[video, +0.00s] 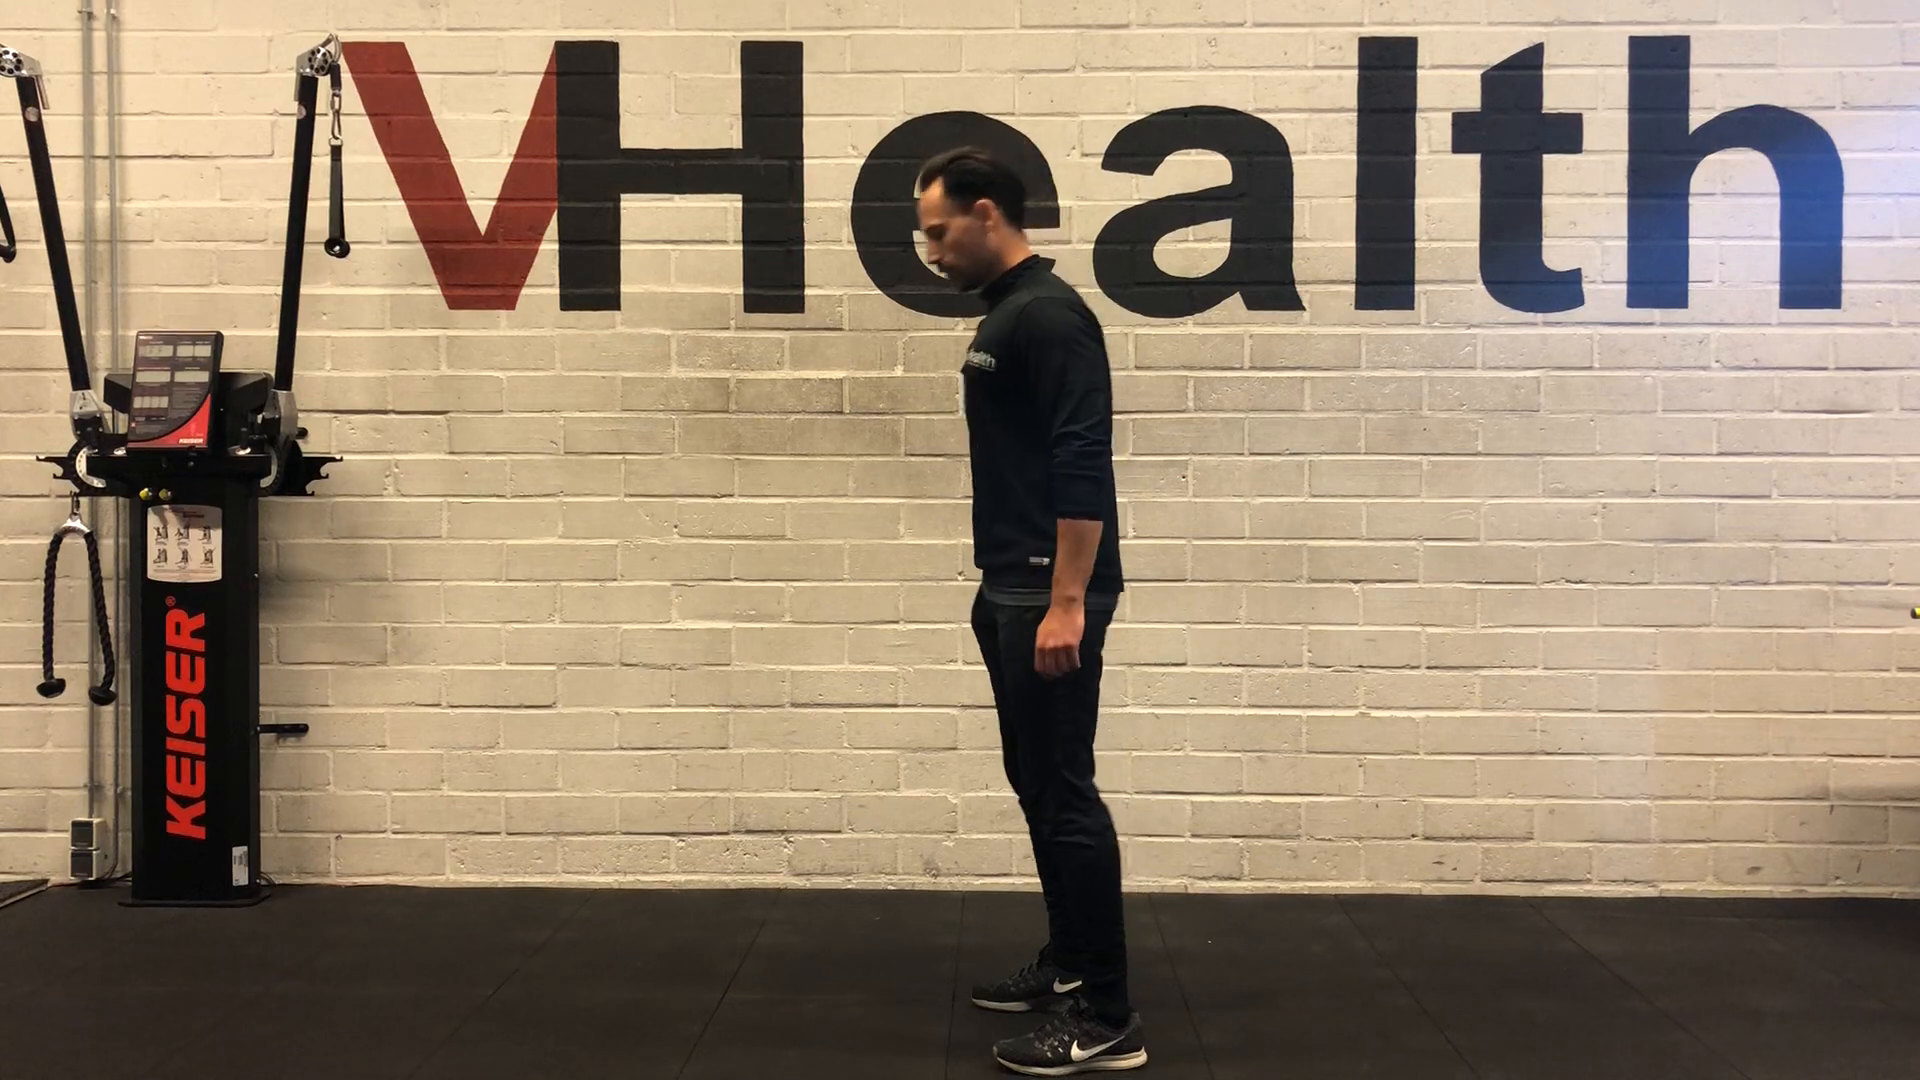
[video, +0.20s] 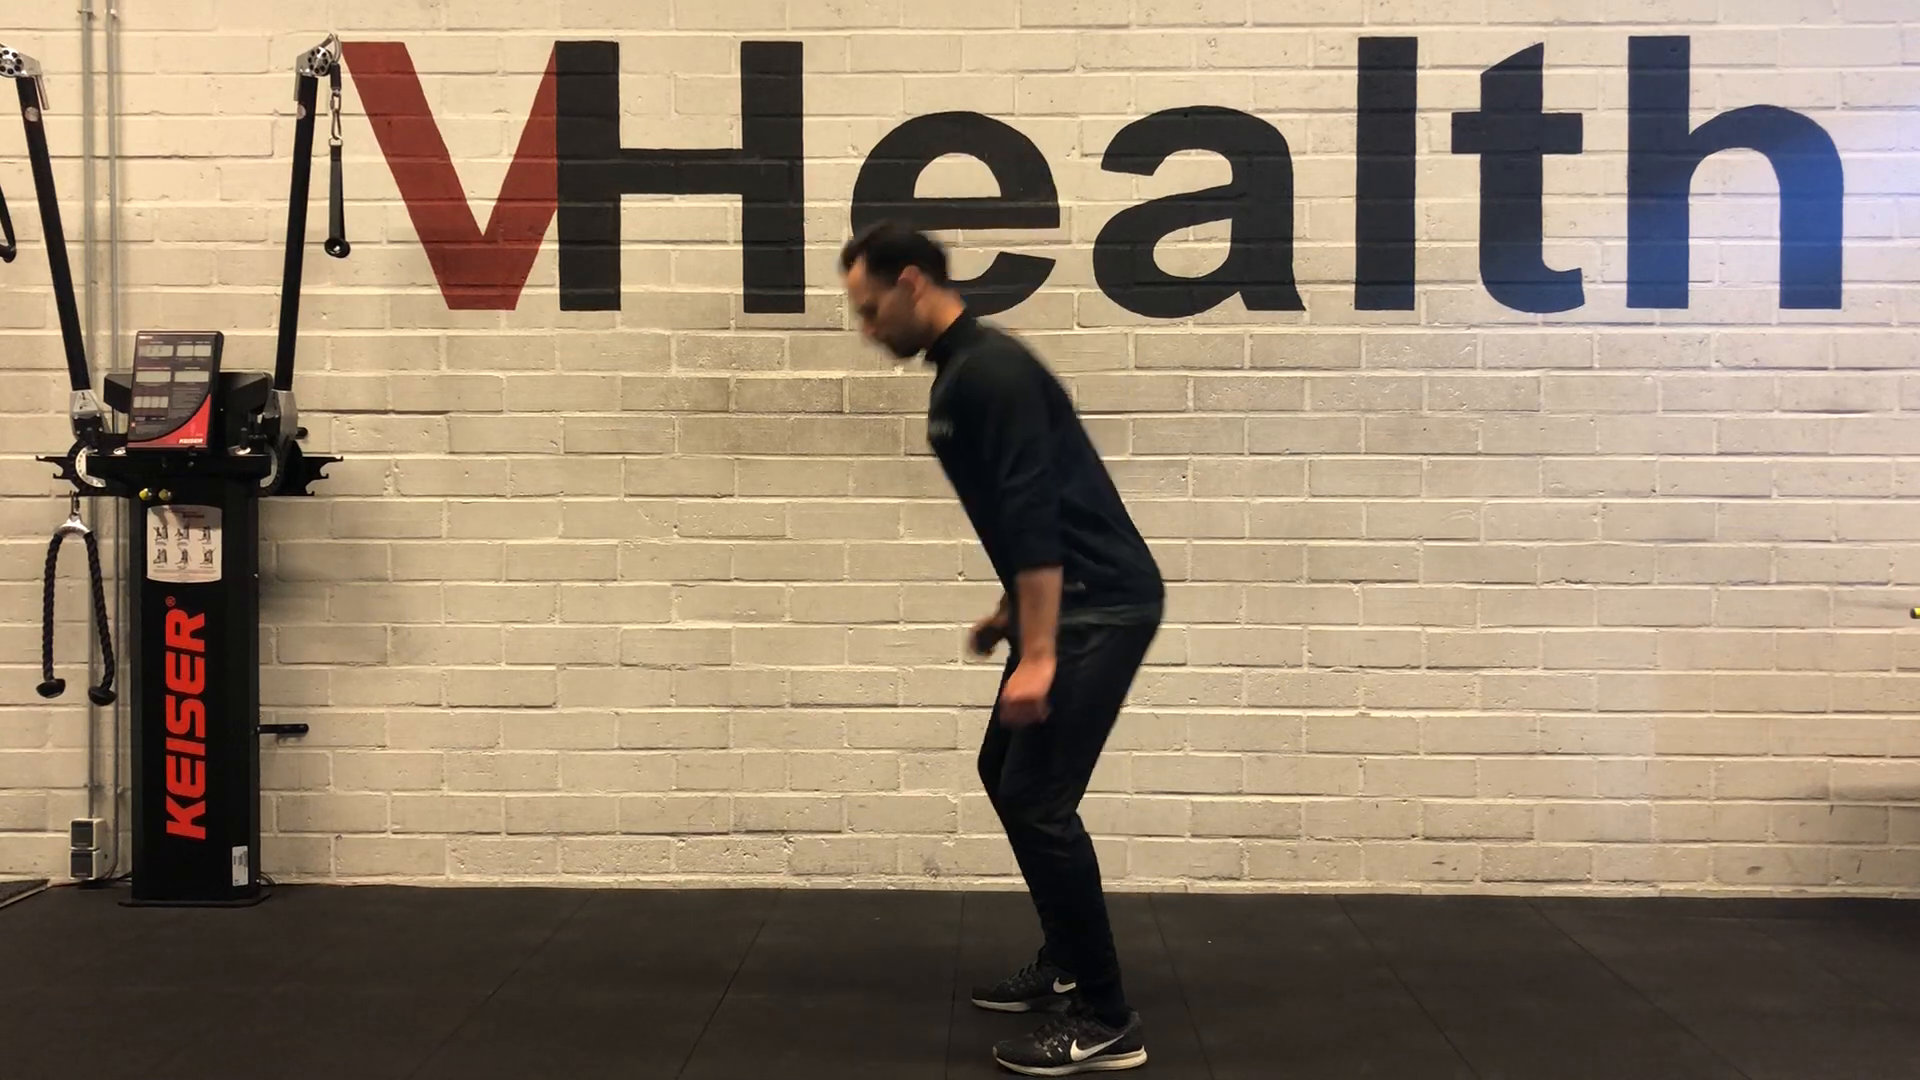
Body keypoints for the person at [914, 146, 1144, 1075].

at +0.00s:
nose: (924, 248)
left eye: (933, 229)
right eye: (921, 232)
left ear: (984, 214)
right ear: (981, 216)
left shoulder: (1052, 317)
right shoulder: (1009, 315)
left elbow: (1082, 471)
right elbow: (1023, 469)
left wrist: (1066, 603)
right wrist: (1001, 591)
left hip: (1049, 596)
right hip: (1015, 593)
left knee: (1064, 795)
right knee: (1039, 788)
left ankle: (1107, 1016)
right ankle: (1069, 970)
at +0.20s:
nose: (866, 328)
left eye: (868, 308)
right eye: (859, 312)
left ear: (914, 282)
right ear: (908, 287)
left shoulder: (989, 372)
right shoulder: (963, 371)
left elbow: (1035, 522)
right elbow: (1028, 515)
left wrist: (1038, 654)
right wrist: (1017, 609)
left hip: (1105, 605)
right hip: (1069, 602)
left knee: (1037, 796)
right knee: (1002, 770)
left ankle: (1104, 1017)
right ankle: (1069, 963)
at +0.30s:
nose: (832, 412)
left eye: (833, 392)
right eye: (825, 398)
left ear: (874, 366)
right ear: (875, 371)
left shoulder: (961, 440)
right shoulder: (938, 440)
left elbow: (990, 585)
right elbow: (991, 573)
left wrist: (984, 737)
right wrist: (964, 668)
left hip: (1127, 627)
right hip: (1076, 629)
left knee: (1029, 800)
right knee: (999, 783)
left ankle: (1108, 1020)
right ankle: (1068, 962)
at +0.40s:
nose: (811, 511)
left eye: (811, 493)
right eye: (803, 497)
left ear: (849, 464)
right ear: (854, 464)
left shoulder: (943, 530)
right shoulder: (923, 521)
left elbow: (950, 688)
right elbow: (938, 665)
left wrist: (931, 830)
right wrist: (910, 767)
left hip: (1137, 670)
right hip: (1084, 666)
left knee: (1007, 815)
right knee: (976, 786)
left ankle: (1105, 1018)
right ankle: (1061, 965)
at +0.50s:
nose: (796, 595)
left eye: (794, 575)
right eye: (788, 581)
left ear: (832, 544)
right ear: (837, 542)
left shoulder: (928, 600)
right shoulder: (911, 585)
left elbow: (915, 758)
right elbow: (908, 733)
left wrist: (897, 903)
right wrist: (872, 840)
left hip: (1133, 714)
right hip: (1078, 706)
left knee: (980, 833)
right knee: (949, 800)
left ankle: (1105, 1017)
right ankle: (1052, 964)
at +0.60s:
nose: (786, 670)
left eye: (782, 651)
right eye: (777, 658)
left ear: (818, 622)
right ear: (823, 619)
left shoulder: (900, 663)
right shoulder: (894, 637)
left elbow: (894, 819)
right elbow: (890, 788)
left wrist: (874, 971)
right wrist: (865, 895)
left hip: (1134, 709)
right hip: (1092, 693)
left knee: (976, 830)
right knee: (948, 791)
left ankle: (1101, 1015)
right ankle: (1054, 966)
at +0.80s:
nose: (771, 795)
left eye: (766, 780)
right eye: (761, 784)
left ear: (802, 748)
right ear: (803, 738)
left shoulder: (887, 753)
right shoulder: (869, 723)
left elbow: (893, 905)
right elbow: (897, 872)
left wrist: (865, 1056)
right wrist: (877, 970)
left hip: (1108, 647)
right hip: (1081, 644)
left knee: (1055, 851)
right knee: (1032, 808)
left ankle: (1264, 928)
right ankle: (1203, 902)